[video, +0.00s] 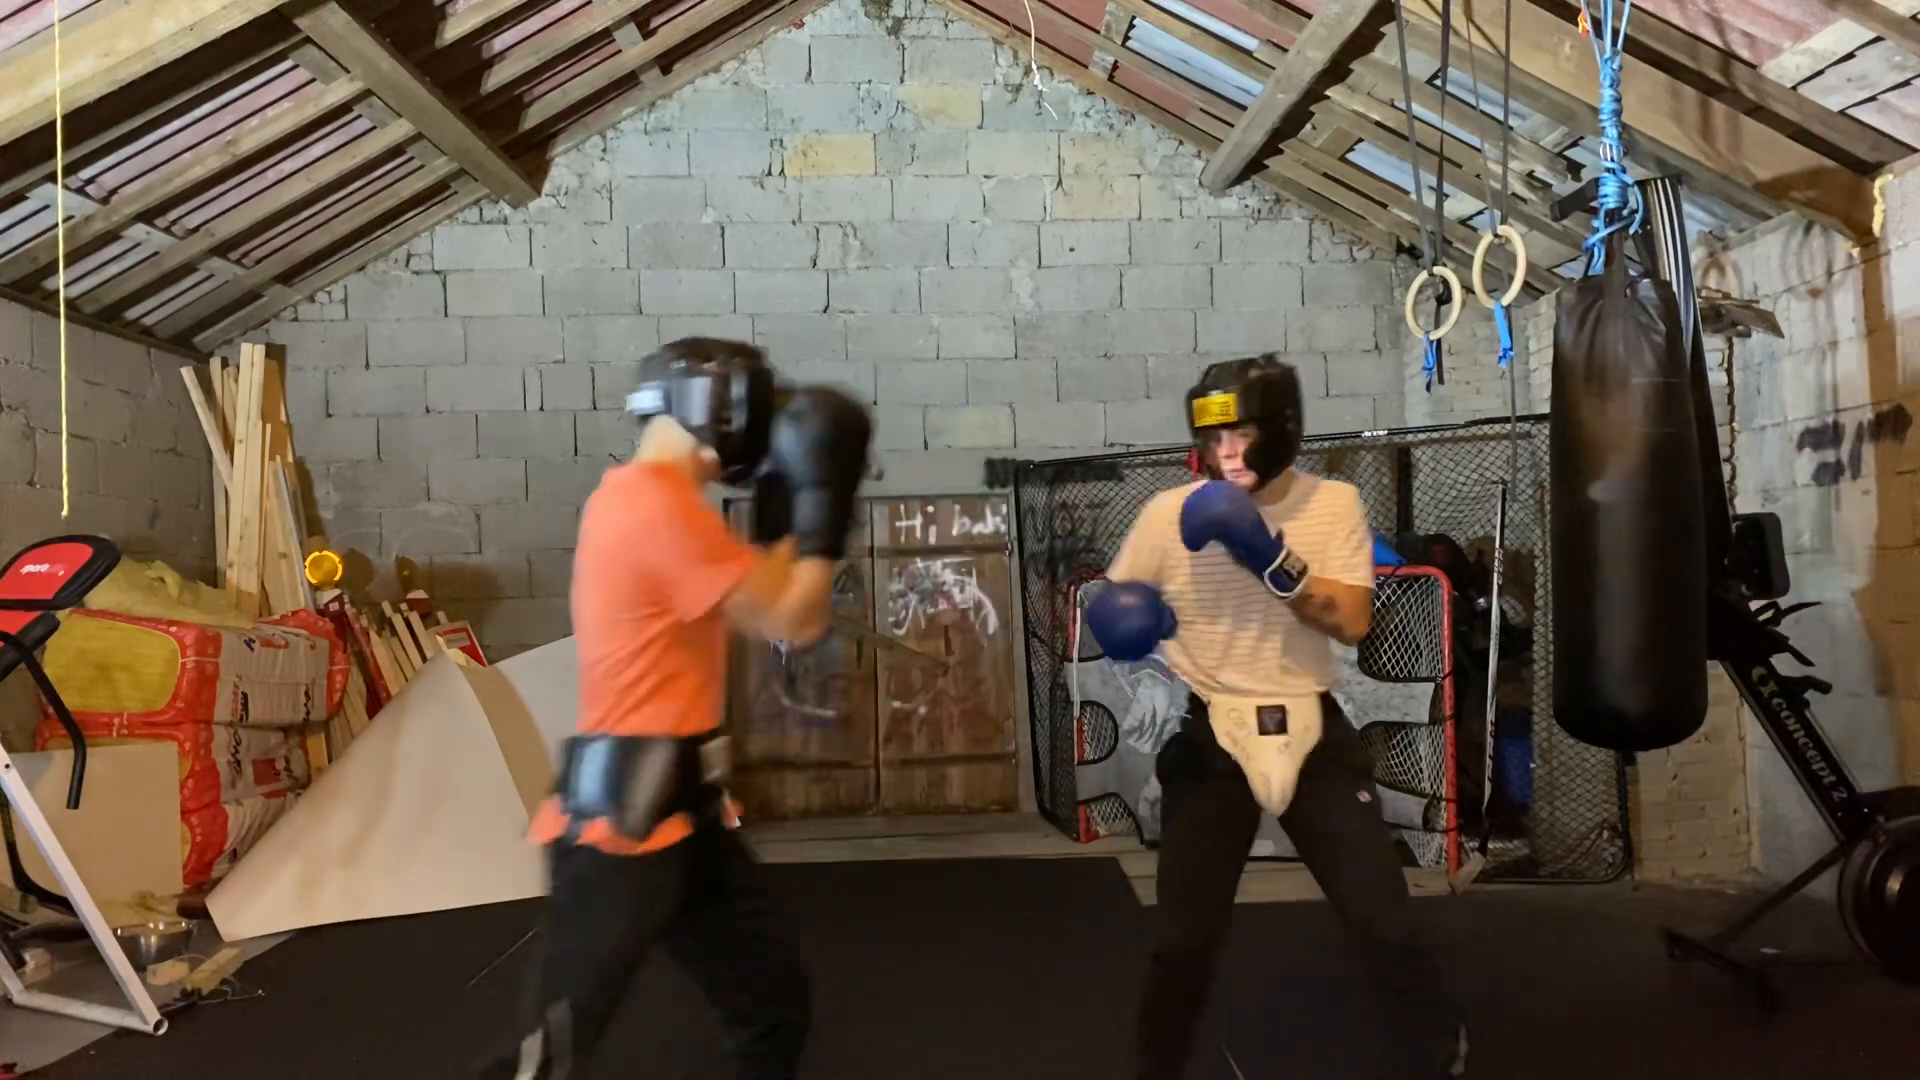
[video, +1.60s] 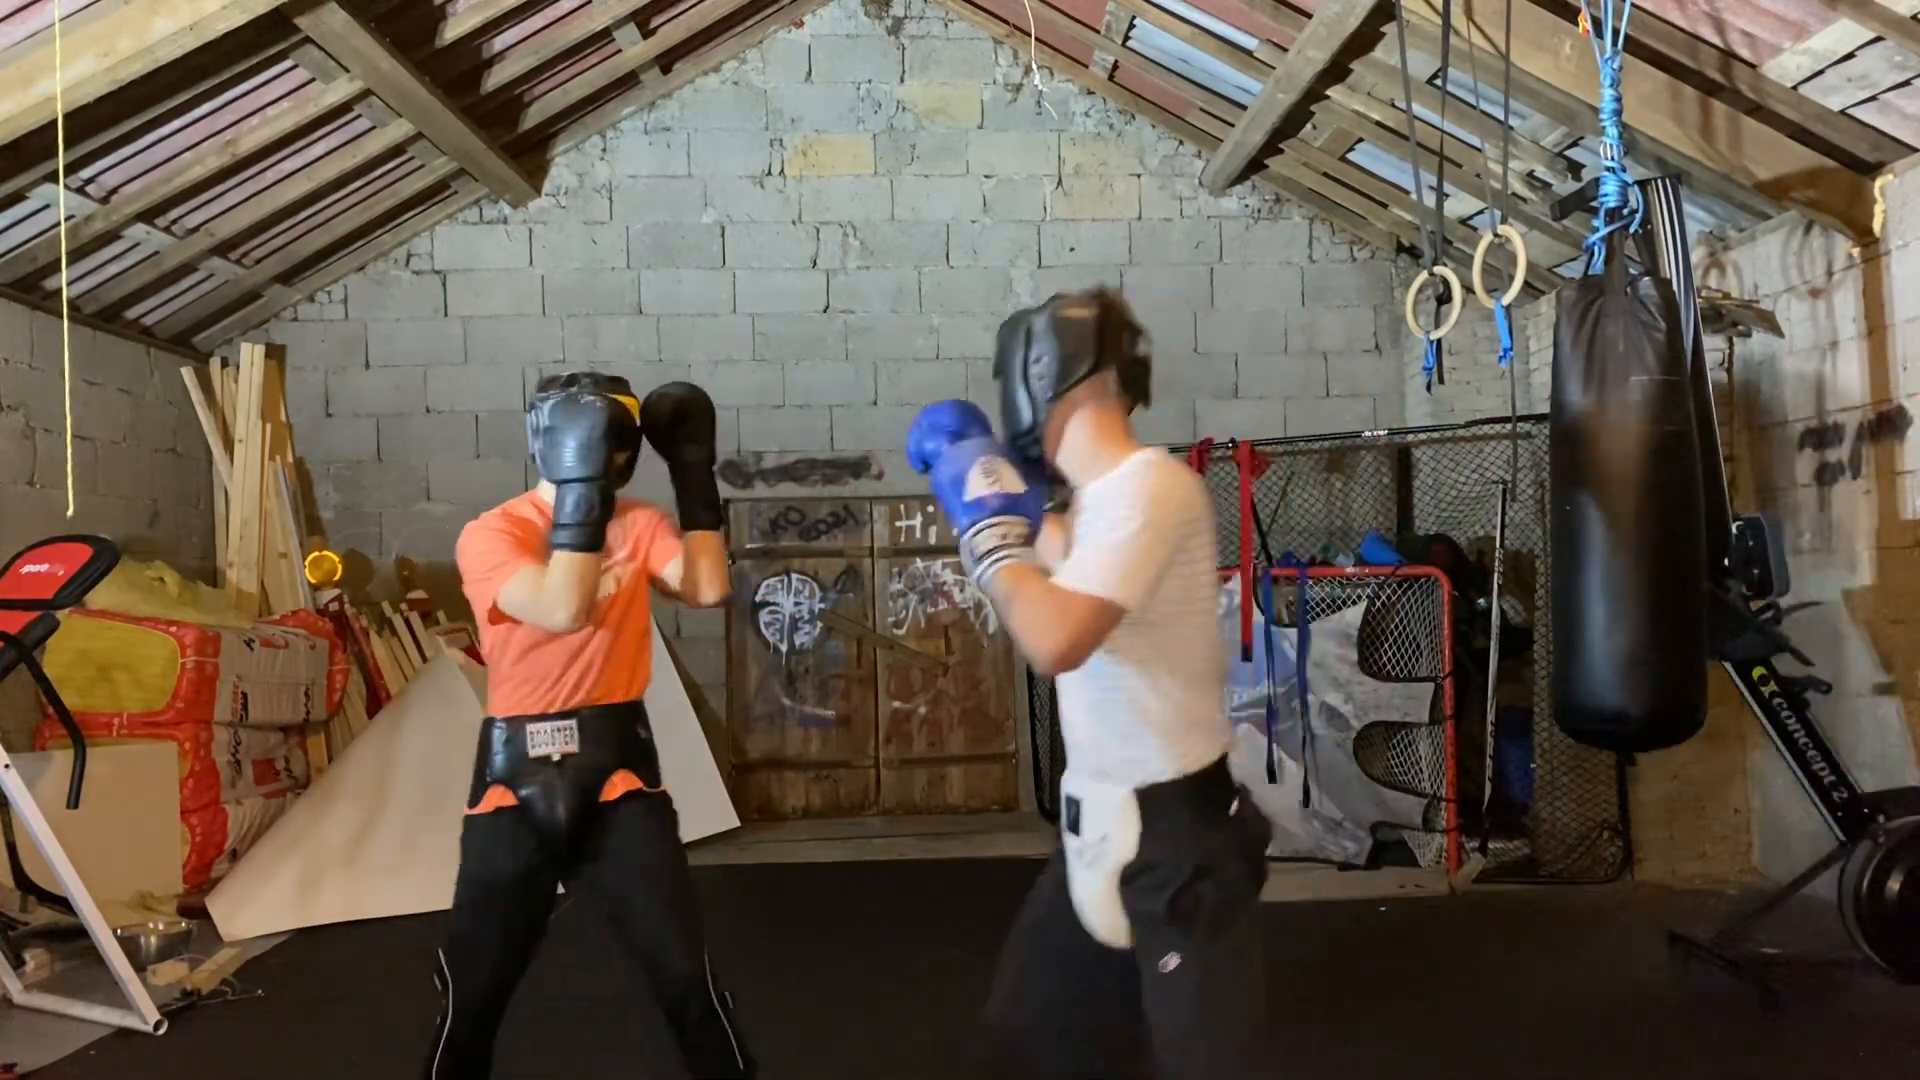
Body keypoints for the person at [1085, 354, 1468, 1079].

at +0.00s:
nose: (1230, 451)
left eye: (1244, 432)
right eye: (1216, 434)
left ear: (1282, 433)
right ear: (1201, 441)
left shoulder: (1331, 503)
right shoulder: (1169, 513)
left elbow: (1354, 620)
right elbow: (1114, 614)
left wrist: (1270, 555)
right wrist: (1114, 620)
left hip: (1315, 733)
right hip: (1209, 737)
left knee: (1383, 922)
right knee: (1184, 936)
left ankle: (1436, 1054)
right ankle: (1156, 1068)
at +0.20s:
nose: (1280, 446)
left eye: (1296, 427)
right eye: (1275, 428)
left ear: (1348, 430)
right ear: (1273, 436)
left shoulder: (1416, 517)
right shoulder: (1255, 517)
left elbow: (1413, 635)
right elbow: (1238, 617)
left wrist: (1313, 548)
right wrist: (1199, 615)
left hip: (1388, 766)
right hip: (1274, 768)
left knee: (1443, 969)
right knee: (1207, 964)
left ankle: (1487, 1071)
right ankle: (1195, 1070)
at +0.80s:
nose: (1167, 421)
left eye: (1178, 396)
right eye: (1163, 402)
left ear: (1245, 391)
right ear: (1232, 397)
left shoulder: (1349, 472)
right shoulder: (1200, 507)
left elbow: (1340, 593)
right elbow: (1196, 624)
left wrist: (1209, 509)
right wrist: (1110, 612)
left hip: (1354, 777)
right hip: (1233, 780)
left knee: (1419, 1009)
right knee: (1201, 1012)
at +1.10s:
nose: (1123, 395)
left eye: (1133, 372)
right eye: (1122, 374)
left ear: (1188, 368)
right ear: (1201, 370)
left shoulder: (1307, 465)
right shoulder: (1157, 482)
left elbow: (1280, 612)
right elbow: (1107, 573)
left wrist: (1166, 528)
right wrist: (1007, 537)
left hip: (1295, 772)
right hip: (1187, 773)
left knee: (1308, 1032)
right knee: (1184, 1025)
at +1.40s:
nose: (1086, 396)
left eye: (1093, 371)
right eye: (1084, 374)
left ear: (1134, 370)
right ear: (1179, 366)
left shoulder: (1263, 486)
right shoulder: (1146, 494)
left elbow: (1194, 638)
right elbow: (1147, 603)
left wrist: (1097, 542)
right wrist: (1054, 552)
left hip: (1248, 821)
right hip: (1152, 812)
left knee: (1260, 1062)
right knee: (1056, 1028)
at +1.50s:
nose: (1048, 371)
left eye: (1055, 347)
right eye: (1047, 350)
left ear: (1089, 348)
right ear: (1146, 347)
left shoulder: (1204, 463)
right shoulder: (1124, 485)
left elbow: (1127, 618)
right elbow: (1102, 602)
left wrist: (1040, 513)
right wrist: (1026, 504)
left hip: (1213, 801)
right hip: (1127, 799)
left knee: (1252, 1054)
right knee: (1077, 1040)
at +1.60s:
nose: (1010, 399)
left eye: (1015, 376)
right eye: (1011, 378)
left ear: (1050, 376)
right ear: (1103, 375)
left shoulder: (1153, 489)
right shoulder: (1091, 499)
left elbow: (1056, 638)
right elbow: (1062, 567)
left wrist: (988, 533)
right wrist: (1003, 495)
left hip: (1178, 837)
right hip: (1099, 832)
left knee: (1203, 1061)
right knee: (1028, 1034)